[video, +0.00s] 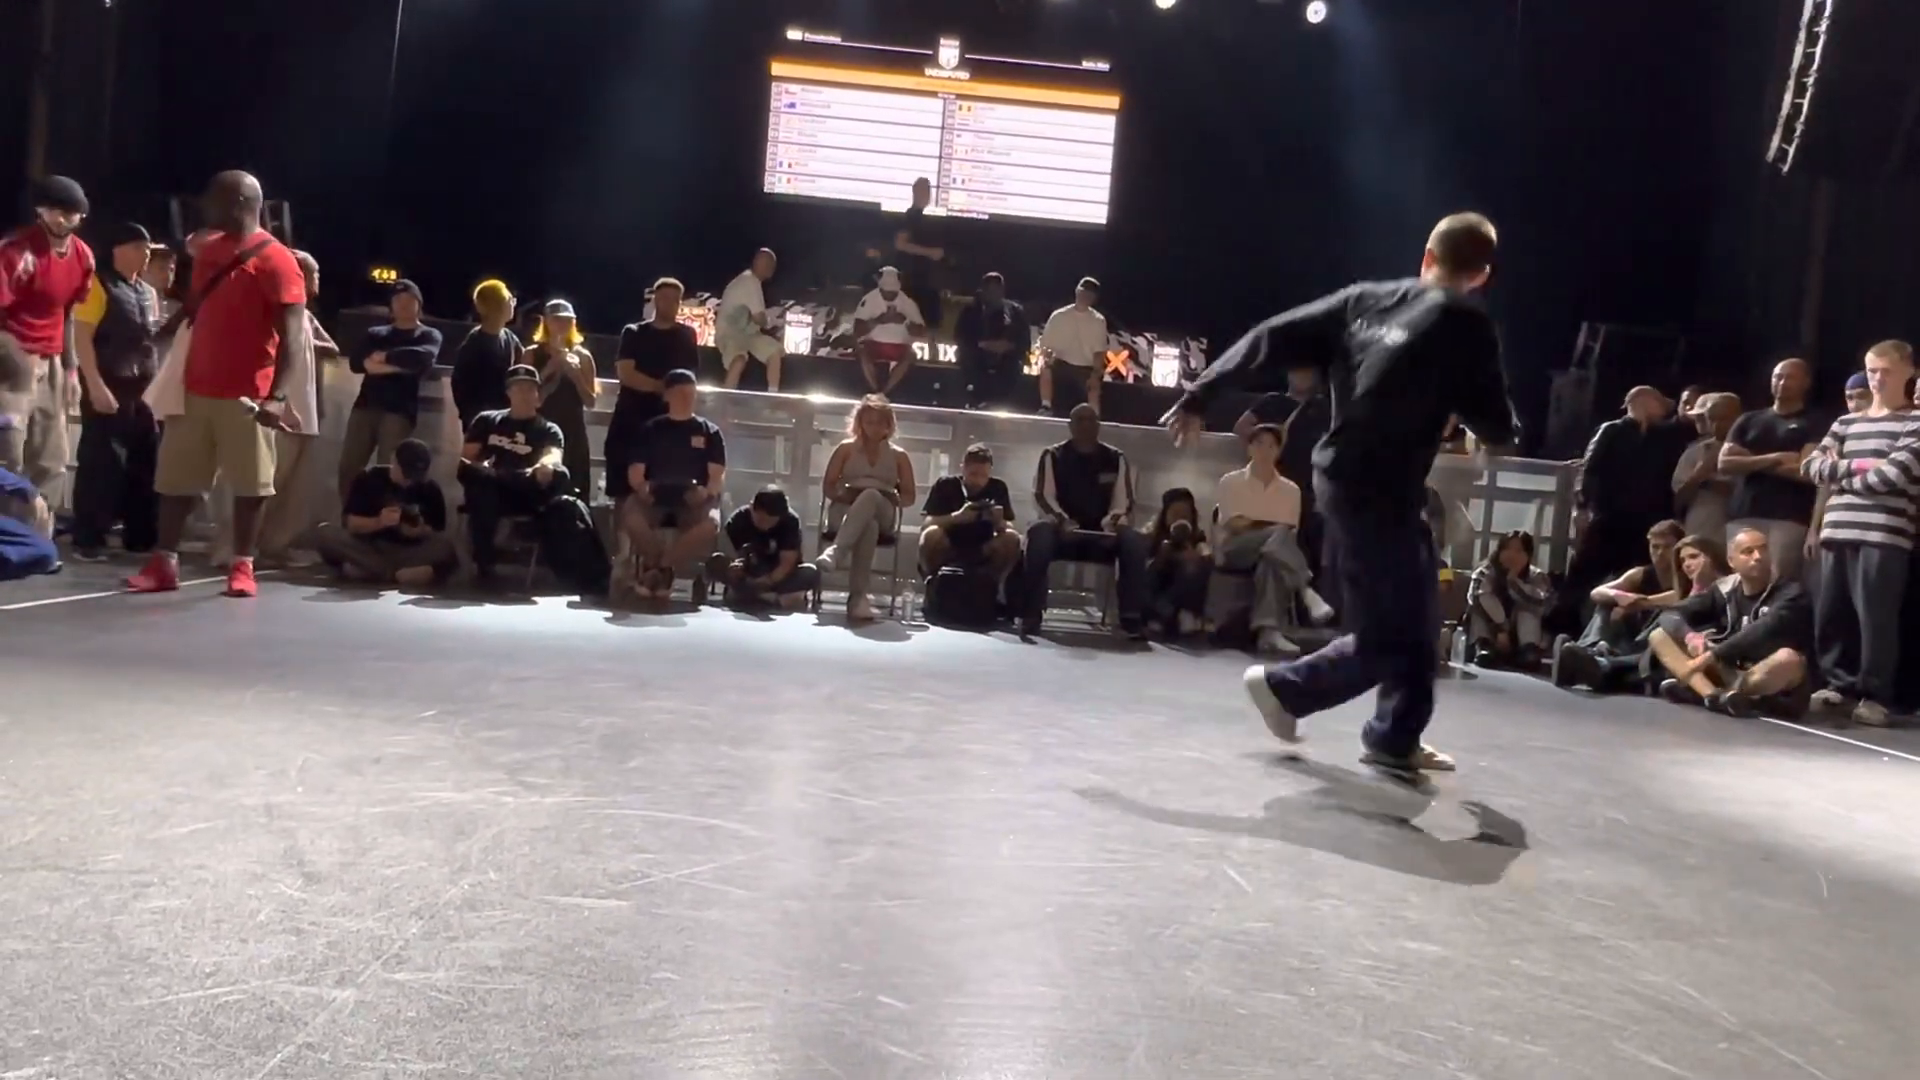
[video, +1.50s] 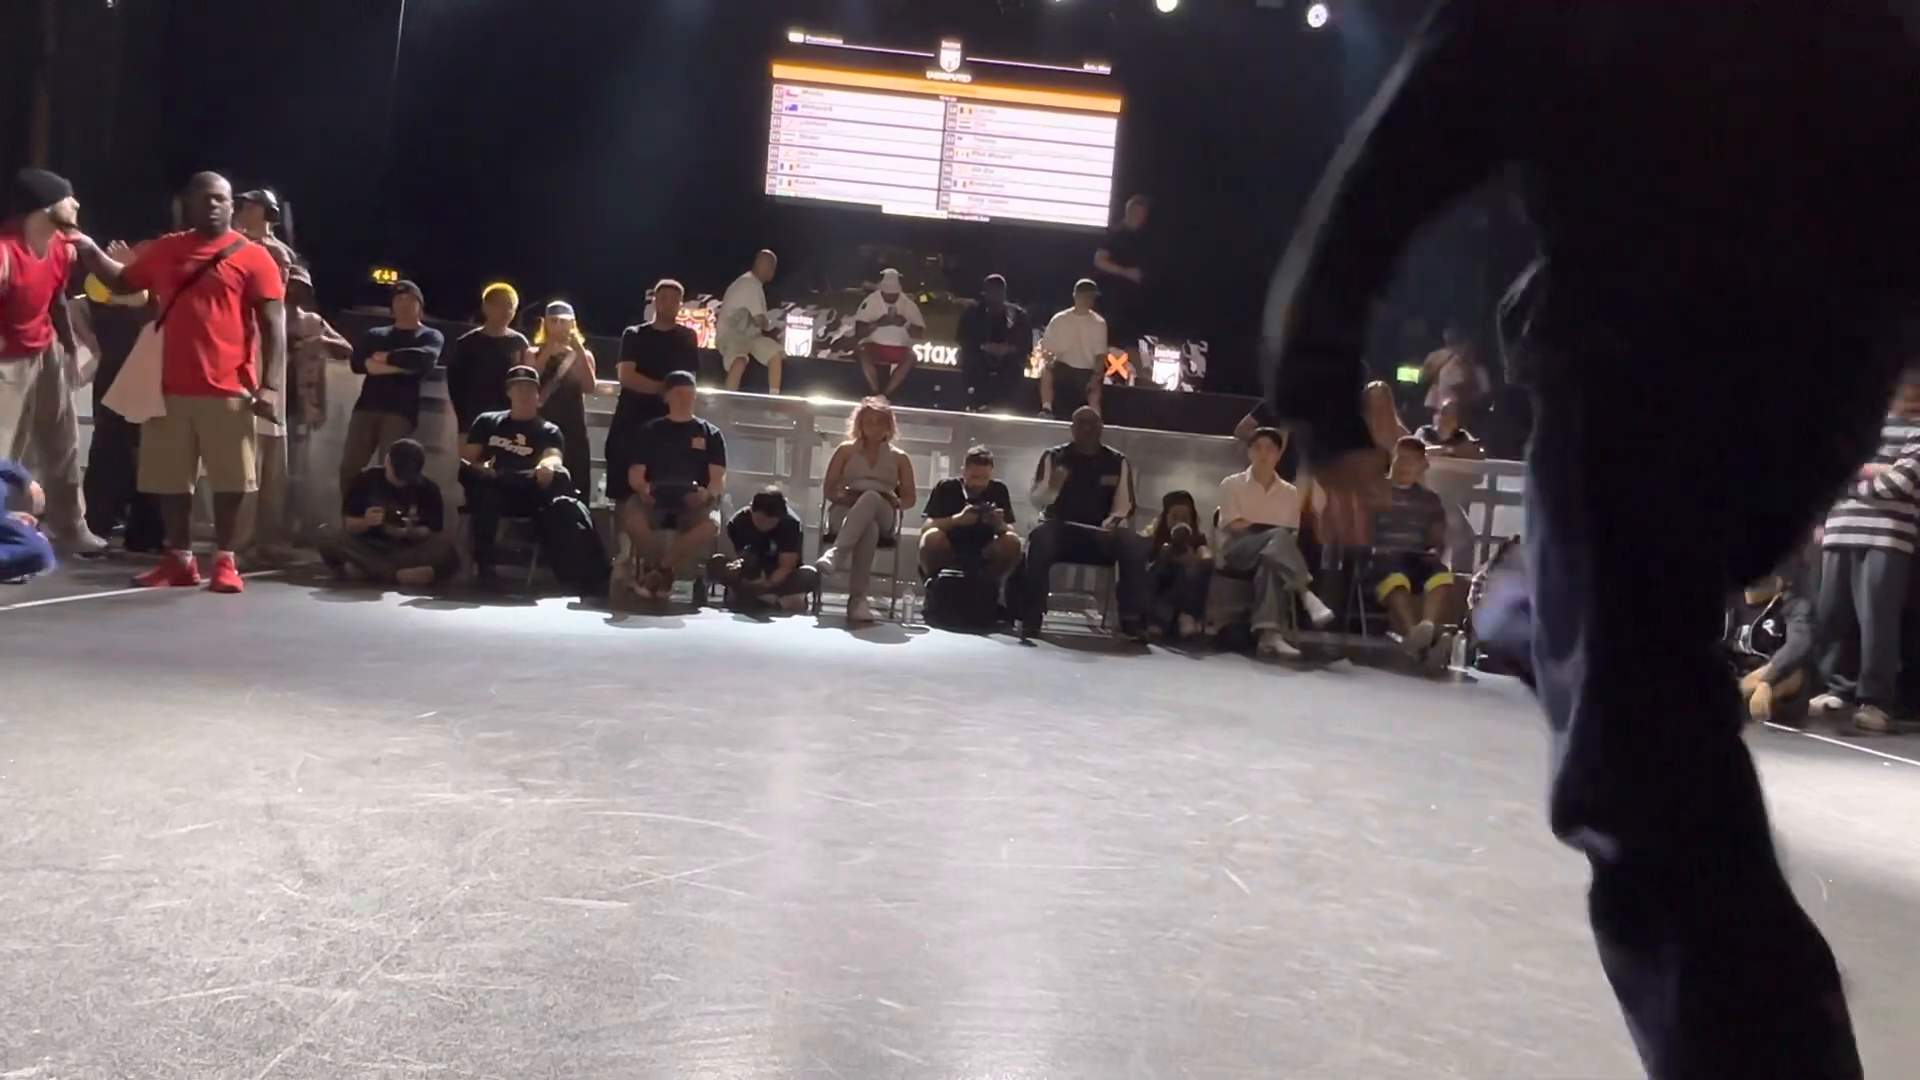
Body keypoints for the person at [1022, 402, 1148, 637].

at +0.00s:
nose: (1085, 426)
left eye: (1091, 421)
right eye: (1079, 421)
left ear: (1099, 425)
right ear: (1070, 425)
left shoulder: (1116, 458)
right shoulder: (1053, 456)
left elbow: (1123, 501)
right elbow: (1044, 496)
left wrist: (1114, 518)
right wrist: (1062, 519)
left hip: (1102, 536)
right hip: (1067, 534)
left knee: (1133, 540)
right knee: (1040, 532)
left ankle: (1132, 619)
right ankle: (1032, 616)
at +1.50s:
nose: (1087, 429)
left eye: (1093, 423)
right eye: (1081, 423)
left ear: (1102, 428)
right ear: (1071, 428)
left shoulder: (1118, 462)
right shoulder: (1053, 457)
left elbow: (1123, 503)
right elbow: (1037, 500)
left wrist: (1114, 519)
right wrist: (1053, 486)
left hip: (1099, 535)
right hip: (1062, 533)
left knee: (1132, 541)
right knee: (1040, 536)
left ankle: (1132, 619)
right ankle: (1031, 619)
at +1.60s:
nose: (1088, 429)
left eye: (1093, 423)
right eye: (1082, 423)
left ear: (1102, 428)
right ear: (1072, 428)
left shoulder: (1119, 462)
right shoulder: (1056, 454)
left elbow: (1123, 502)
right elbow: (1037, 495)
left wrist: (1115, 519)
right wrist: (1054, 463)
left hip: (1099, 535)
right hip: (1062, 533)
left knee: (1132, 541)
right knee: (1042, 534)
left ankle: (1132, 619)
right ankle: (1032, 619)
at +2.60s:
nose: (1081, 433)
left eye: (1087, 427)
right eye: (1075, 427)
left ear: (1095, 432)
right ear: (1066, 430)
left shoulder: (1112, 465)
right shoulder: (1047, 457)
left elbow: (1116, 508)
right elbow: (1029, 501)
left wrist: (1105, 524)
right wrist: (1041, 484)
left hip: (1090, 537)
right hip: (1053, 535)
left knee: (1123, 543)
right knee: (1033, 538)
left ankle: (1123, 621)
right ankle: (1023, 621)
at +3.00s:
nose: (1072, 436)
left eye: (1077, 430)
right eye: (1066, 430)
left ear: (1086, 432)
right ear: (1057, 432)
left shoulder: (1102, 465)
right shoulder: (1038, 460)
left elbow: (1109, 508)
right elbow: (1024, 500)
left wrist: (1100, 522)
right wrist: (1040, 518)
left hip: (1085, 536)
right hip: (1049, 534)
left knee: (1112, 544)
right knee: (1023, 539)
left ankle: (1104, 626)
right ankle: (1019, 622)